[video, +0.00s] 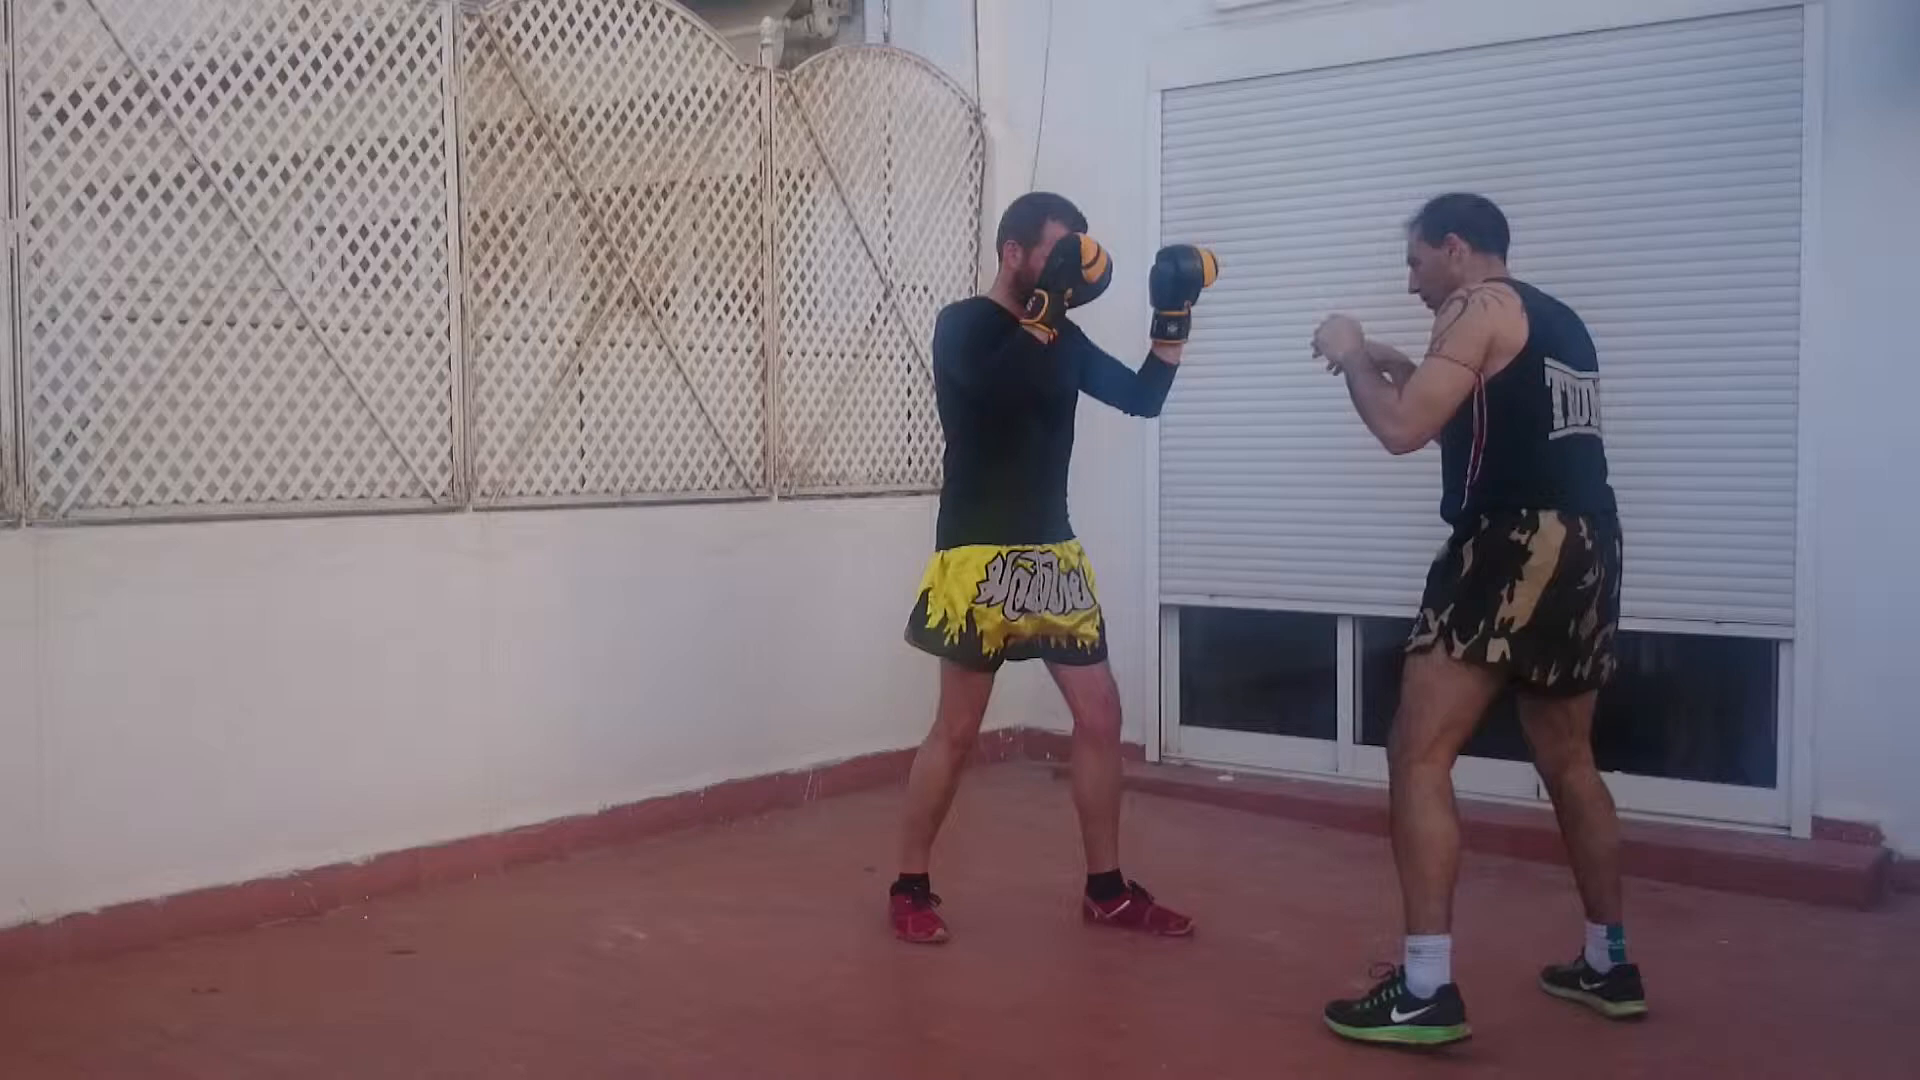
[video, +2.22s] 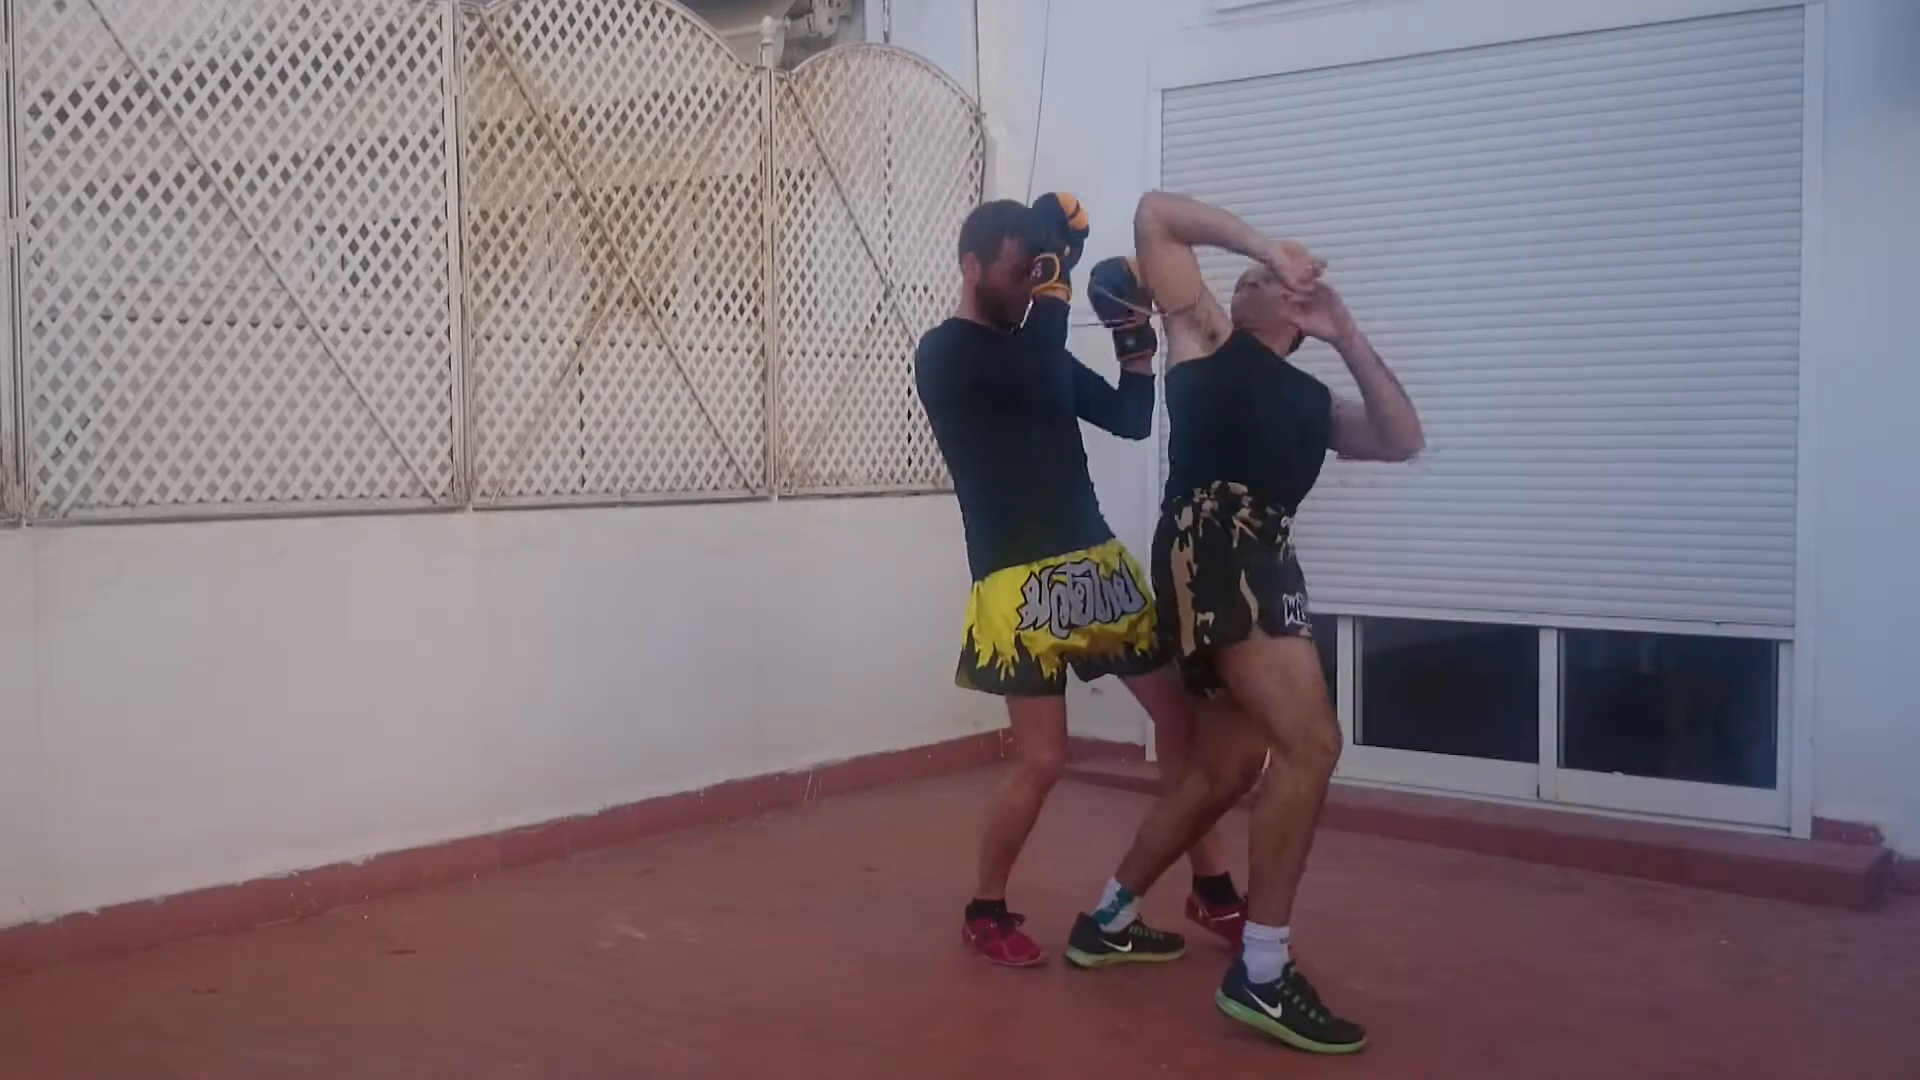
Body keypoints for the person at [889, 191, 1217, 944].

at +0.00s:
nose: (1063, 270)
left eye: (1069, 259)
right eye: (1054, 254)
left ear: (1063, 267)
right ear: (1010, 251)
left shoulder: (1062, 336)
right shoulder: (961, 324)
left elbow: (1144, 397)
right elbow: (1000, 387)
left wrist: (1172, 325)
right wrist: (1053, 308)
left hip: (1054, 547)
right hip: (977, 549)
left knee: (1099, 717)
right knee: (956, 731)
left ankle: (1106, 888)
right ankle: (910, 885)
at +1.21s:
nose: (1059, 267)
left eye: (1066, 256)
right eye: (1050, 253)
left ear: (1064, 257)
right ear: (1005, 244)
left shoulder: (1039, 324)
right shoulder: (962, 311)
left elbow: (1114, 389)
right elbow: (1000, 381)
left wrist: (1154, 322)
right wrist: (1054, 314)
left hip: (1010, 531)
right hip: (950, 532)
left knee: (1045, 696)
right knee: (985, 706)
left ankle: (1026, 861)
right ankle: (920, 863)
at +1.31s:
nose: (1045, 285)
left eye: (1054, 274)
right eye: (1035, 270)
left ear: (1058, 273)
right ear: (993, 259)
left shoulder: (1038, 334)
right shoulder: (953, 331)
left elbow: (1120, 388)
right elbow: (961, 425)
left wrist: (1155, 321)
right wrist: (1032, 339)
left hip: (991, 538)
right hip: (944, 535)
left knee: (985, 705)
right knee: (1006, 694)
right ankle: (957, 863)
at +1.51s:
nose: (1028, 301)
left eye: (1033, 288)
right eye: (1015, 286)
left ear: (1030, 285)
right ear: (971, 279)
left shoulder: (1020, 354)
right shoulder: (929, 362)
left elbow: (1092, 392)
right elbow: (932, 475)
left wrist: (1161, 352)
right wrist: (993, 401)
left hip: (1012, 563)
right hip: (951, 570)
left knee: (1053, 717)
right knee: (1024, 731)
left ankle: (942, 812)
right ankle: (982, 908)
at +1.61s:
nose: (1018, 292)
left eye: (1023, 279)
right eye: (1006, 277)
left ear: (1017, 276)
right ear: (961, 269)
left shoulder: (1008, 348)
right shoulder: (917, 358)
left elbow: (1066, 392)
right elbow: (934, 465)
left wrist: (1155, 350)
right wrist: (1000, 380)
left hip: (1028, 555)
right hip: (961, 573)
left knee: (1116, 695)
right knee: (1029, 735)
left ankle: (1033, 809)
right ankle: (981, 908)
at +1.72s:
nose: (1014, 281)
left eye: (1020, 268)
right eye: (1003, 266)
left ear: (1016, 267)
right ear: (956, 259)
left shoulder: (1001, 337)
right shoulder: (914, 352)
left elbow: (1048, 397)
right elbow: (941, 453)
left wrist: (1127, 365)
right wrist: (1012, 363)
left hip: (1046, 544)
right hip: (973, 568)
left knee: (1155, 670)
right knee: (1015, 738)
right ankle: (979, 910)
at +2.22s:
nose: (1038, 280)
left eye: (1041, 267)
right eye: (1022, 266)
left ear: (1034, 272)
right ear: (972, 267)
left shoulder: (1038, 350)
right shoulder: (944, 350)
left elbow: (1129, 418)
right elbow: (1028, 375)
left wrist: (1136, 348)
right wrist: (1054, 289)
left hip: (1095, 556)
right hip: (1016, 571)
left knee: (1179, 716)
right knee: (1041, 756)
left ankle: (1211, 884)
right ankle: (986, 908)